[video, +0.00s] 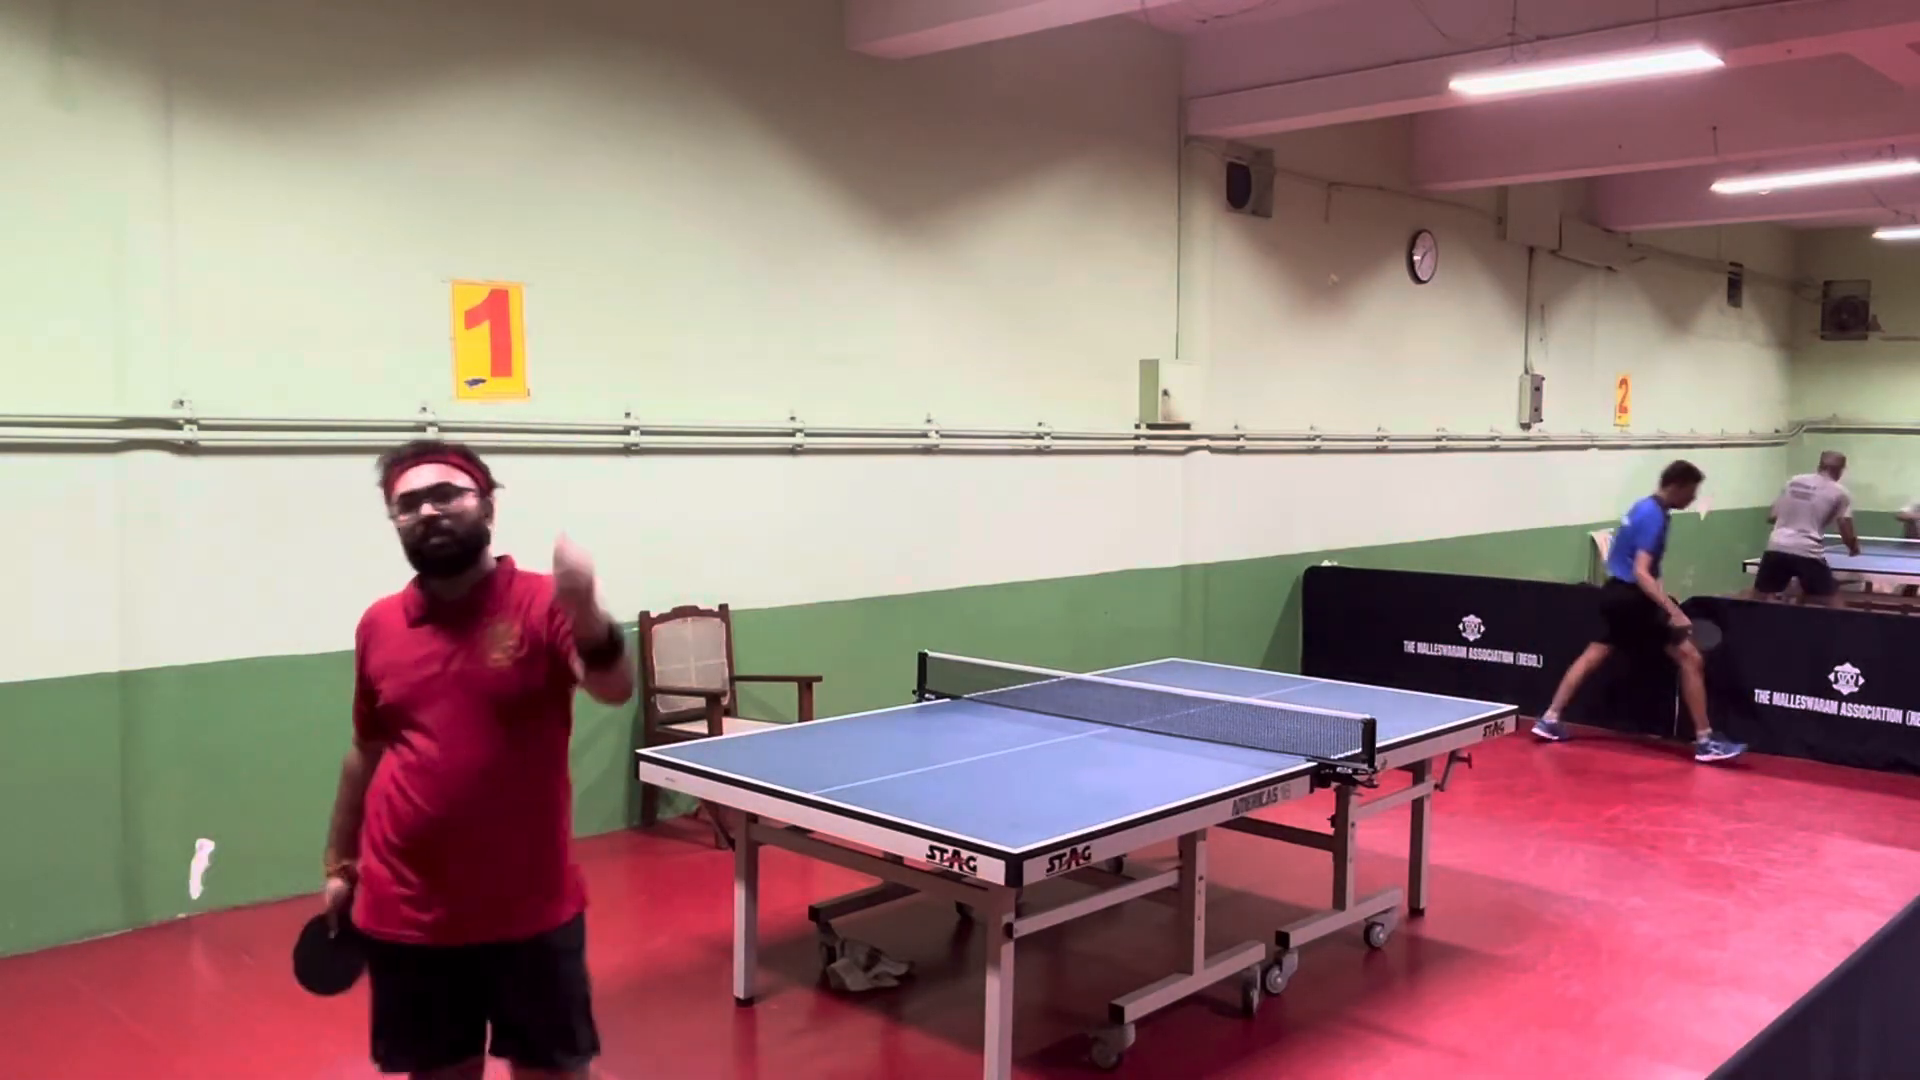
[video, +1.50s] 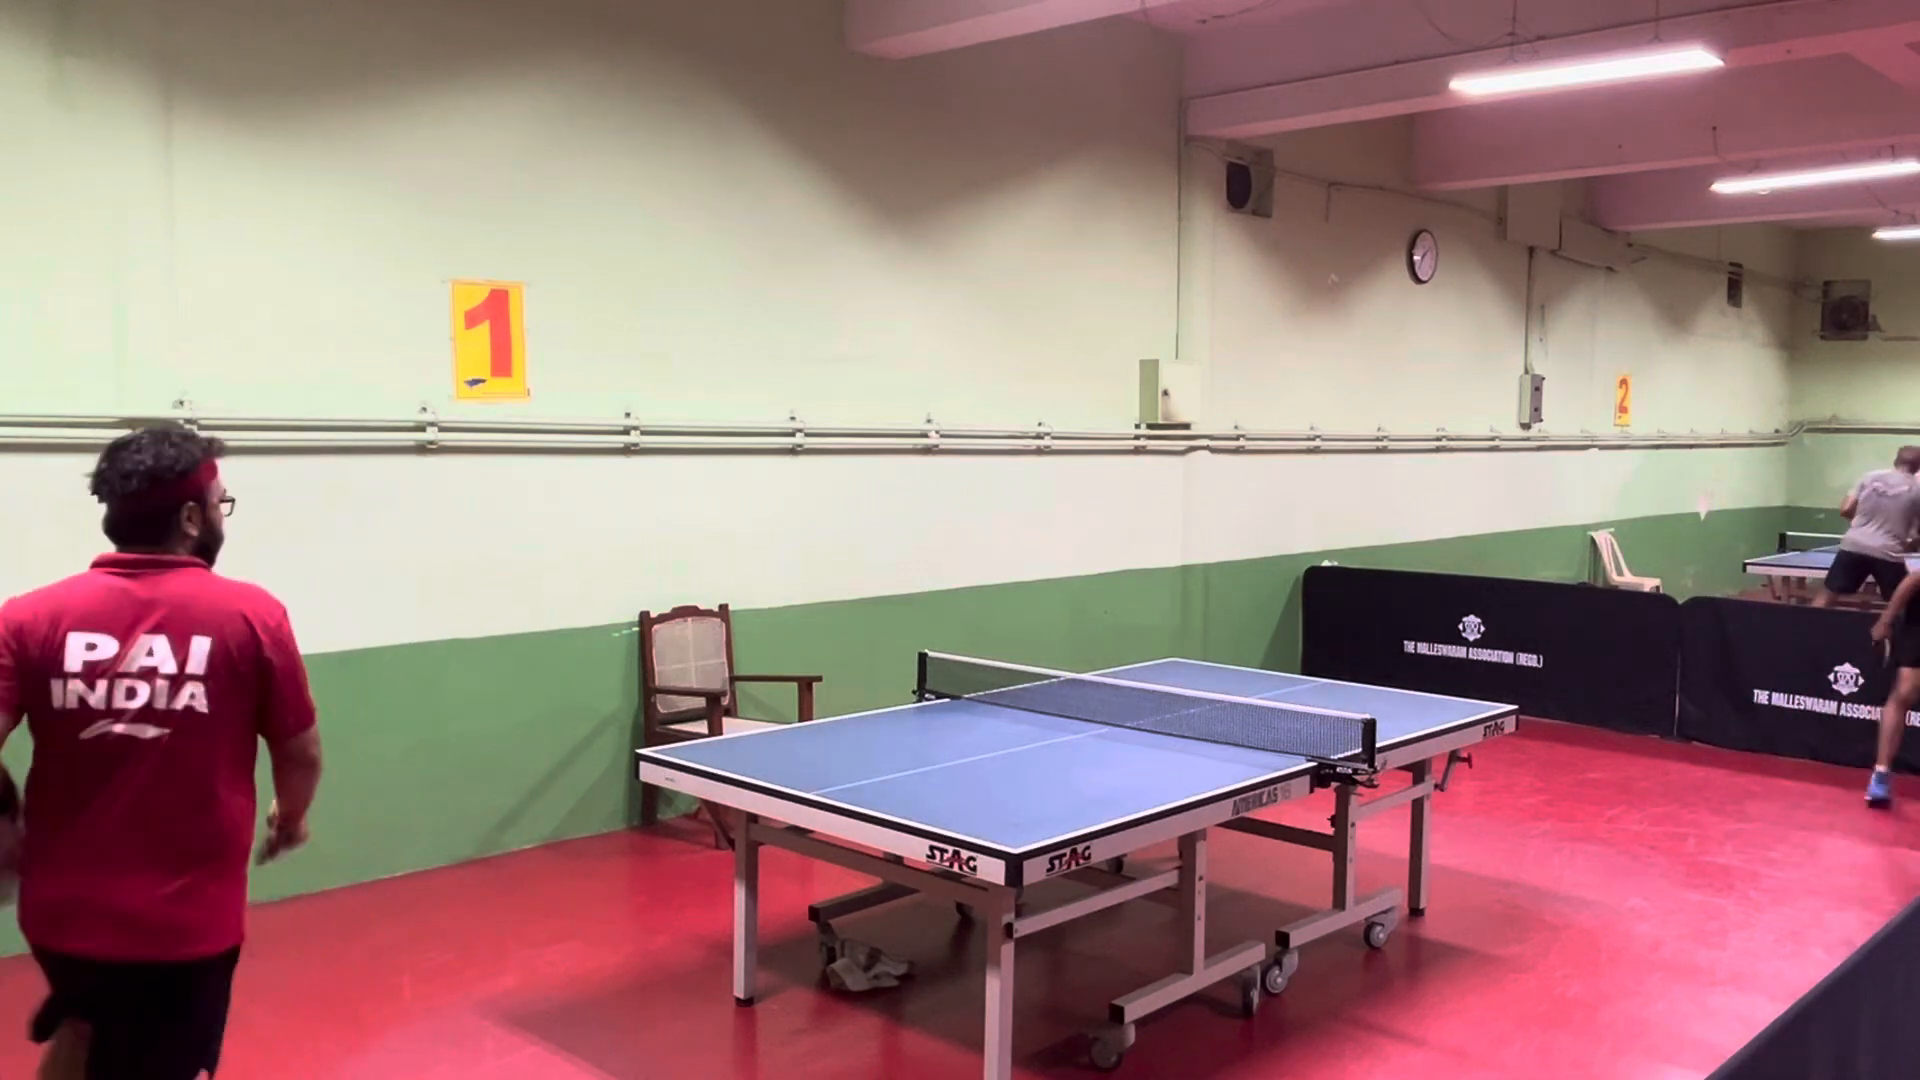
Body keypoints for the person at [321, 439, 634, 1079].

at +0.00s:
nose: (430, 511)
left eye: (448, 494)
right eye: (410, 502)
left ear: (489, 505)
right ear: (394, 526)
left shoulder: (543, 600)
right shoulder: (381, 625)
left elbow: (615, 687)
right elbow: (366, 749)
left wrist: (591, 626)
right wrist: (341, 866)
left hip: (530, 901)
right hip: (410, 911)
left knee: (554, 1068)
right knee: (439, 1070)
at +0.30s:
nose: (300, 537)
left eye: (315, 514)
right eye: (297, 522)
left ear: (379, 510)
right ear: (374, 514)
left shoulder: (483, 623)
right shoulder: (349, 617)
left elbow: (553, 766)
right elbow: (346, 757)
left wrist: (550, 901)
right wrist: (295, 850)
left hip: (441, 934)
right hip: (354, 927)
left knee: (379, 1072)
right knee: (400, 1069)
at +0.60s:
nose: (205, 586)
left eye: (214, 560)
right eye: (197, 566)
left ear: (281, 542)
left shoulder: (386, 640)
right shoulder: (274, 643)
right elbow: (284, 799)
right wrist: (225, 913)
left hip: (328, 996)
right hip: (243, 980)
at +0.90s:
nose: (95, 583)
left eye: (102, 556)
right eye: (88, 561)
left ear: (162, 540)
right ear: (169, 539)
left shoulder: (210, 635)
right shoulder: (291, 622)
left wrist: (68, 668)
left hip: (217, 991)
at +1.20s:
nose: (74, 546)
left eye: (73, 530)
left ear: (85, 534)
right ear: (182, 528)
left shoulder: (63, 639)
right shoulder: (264, 632)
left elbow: (2, 765)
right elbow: (313, 763)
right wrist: (319, 881)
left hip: (97, 975)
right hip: (231, 958)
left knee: (39, 1066)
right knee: (185, 1069)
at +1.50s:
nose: (226, 514)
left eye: (224, 501)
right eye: (222, 502)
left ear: (119, 516)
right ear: (190, 517)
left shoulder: (31, 618)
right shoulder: (252, 617)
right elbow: (300, 751)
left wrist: (10, 815)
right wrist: (290, 818)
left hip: (61, 913)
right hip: (188, 922)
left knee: (79, 1021)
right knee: (168, 1067)